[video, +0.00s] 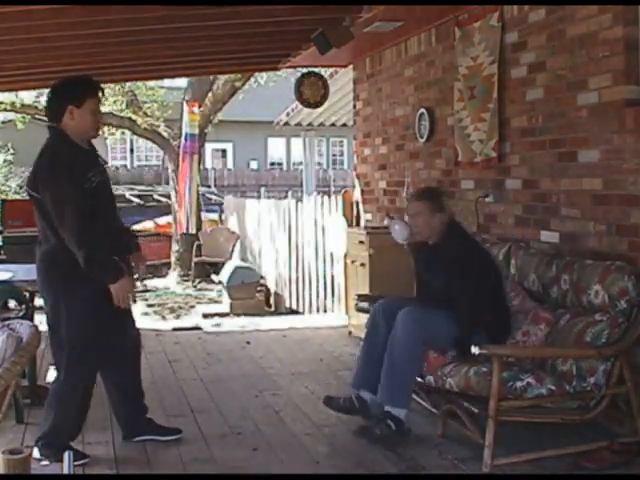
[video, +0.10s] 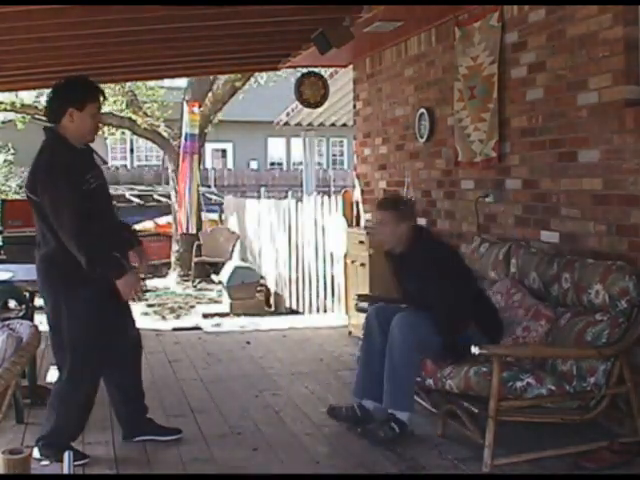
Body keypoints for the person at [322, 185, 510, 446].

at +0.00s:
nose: (410, 223)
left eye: (416, 216)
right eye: (409, 216)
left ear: (439, 217)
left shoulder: (464, 249)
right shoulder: (426, 247)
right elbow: (428, 295)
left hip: (479, 328)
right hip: (445, 315)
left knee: (411, 319)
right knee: (384, 310)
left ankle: (395, 417)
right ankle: (366, 398)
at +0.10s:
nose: (376, 231)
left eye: (383, 224)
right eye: (376, 224)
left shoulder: (434, 251)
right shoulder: (398, 253)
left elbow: (457, 303)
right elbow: (417, 299)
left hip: (473, 330)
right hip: (441, 320)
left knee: (405, 324)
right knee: (379, 314)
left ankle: (398, 419)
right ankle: (370, 406)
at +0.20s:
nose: (342, 235)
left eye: (348, 228)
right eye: (342, 228)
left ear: (372, 229)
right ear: (370, 231)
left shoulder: (407, 253)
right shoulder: (373, 258)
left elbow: (418, 308)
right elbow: (391, 302)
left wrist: (442, 359)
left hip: (460, 322)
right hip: (426, 315)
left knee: (388, 327)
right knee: (363, 319)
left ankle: (396, 418)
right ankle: (370, 407)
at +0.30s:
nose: (314, 219)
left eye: (320, 212)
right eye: (315, 212)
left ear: (344, 213)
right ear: (339, 215)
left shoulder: (385, 239)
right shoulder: (350, 247)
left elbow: (413, 294)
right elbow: (375, 294)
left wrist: (436, 353)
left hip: (441, 307)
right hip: (407, 303)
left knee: (369, 333)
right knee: (346, 320)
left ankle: (395, 419)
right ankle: (363, 407)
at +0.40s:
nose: (292, 191)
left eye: (297, 184)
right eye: (292, 184)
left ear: (318, 184)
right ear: (313, 185)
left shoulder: (362, 215)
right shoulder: (327, 222)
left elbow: (392, 276)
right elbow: (358, 272)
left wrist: (411, 338)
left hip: (415, 289)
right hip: (379, 289)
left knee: (353, 336)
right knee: (332, 328)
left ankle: (391, 419)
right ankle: (355, 410)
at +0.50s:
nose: (275, 156)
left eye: (281, 148)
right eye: (276, 149)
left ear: (302, 150)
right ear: (297, 152)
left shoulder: (341, 186)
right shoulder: (308, 194)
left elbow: (366, 245)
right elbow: (332, 251)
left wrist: (381, 305)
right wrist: (335, 295)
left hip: (381, 276)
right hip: (355, 276)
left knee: (332, 335)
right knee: (323, 334)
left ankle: (382, 408)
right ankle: (358, 408)